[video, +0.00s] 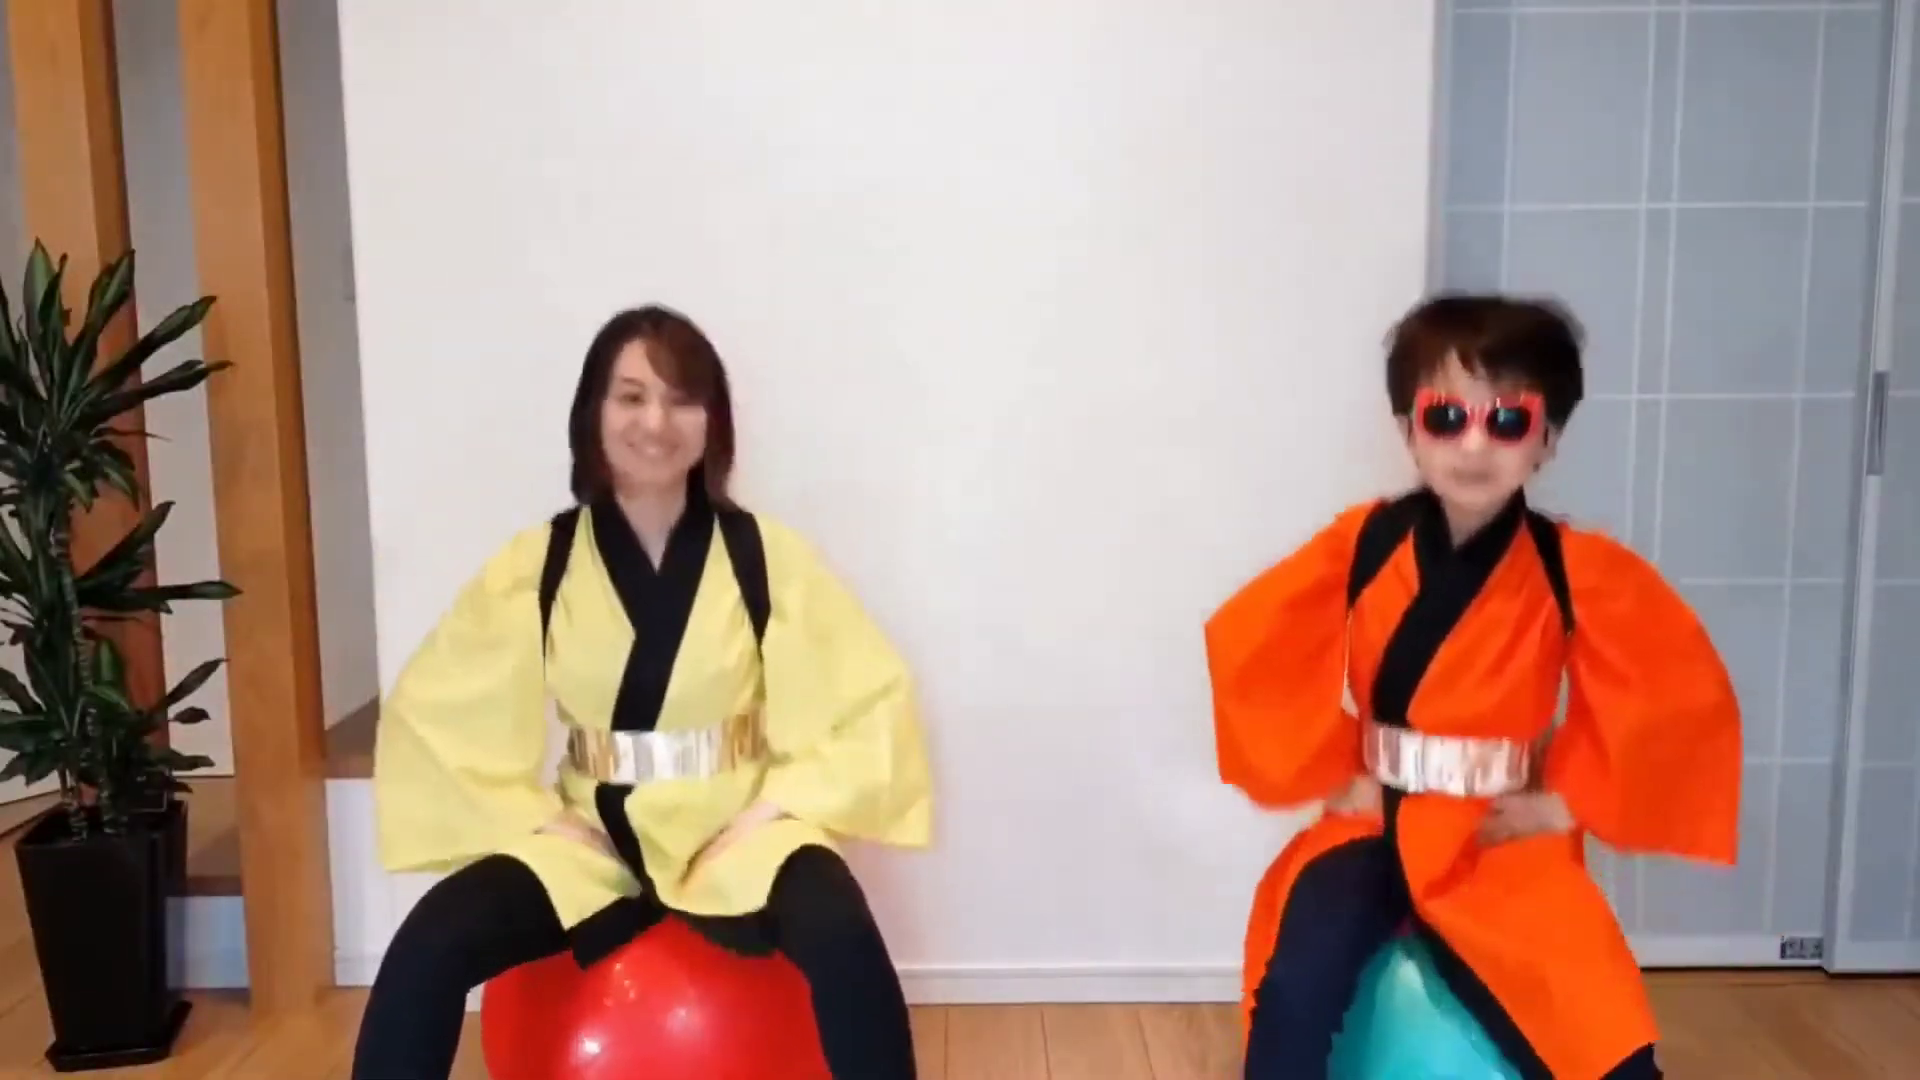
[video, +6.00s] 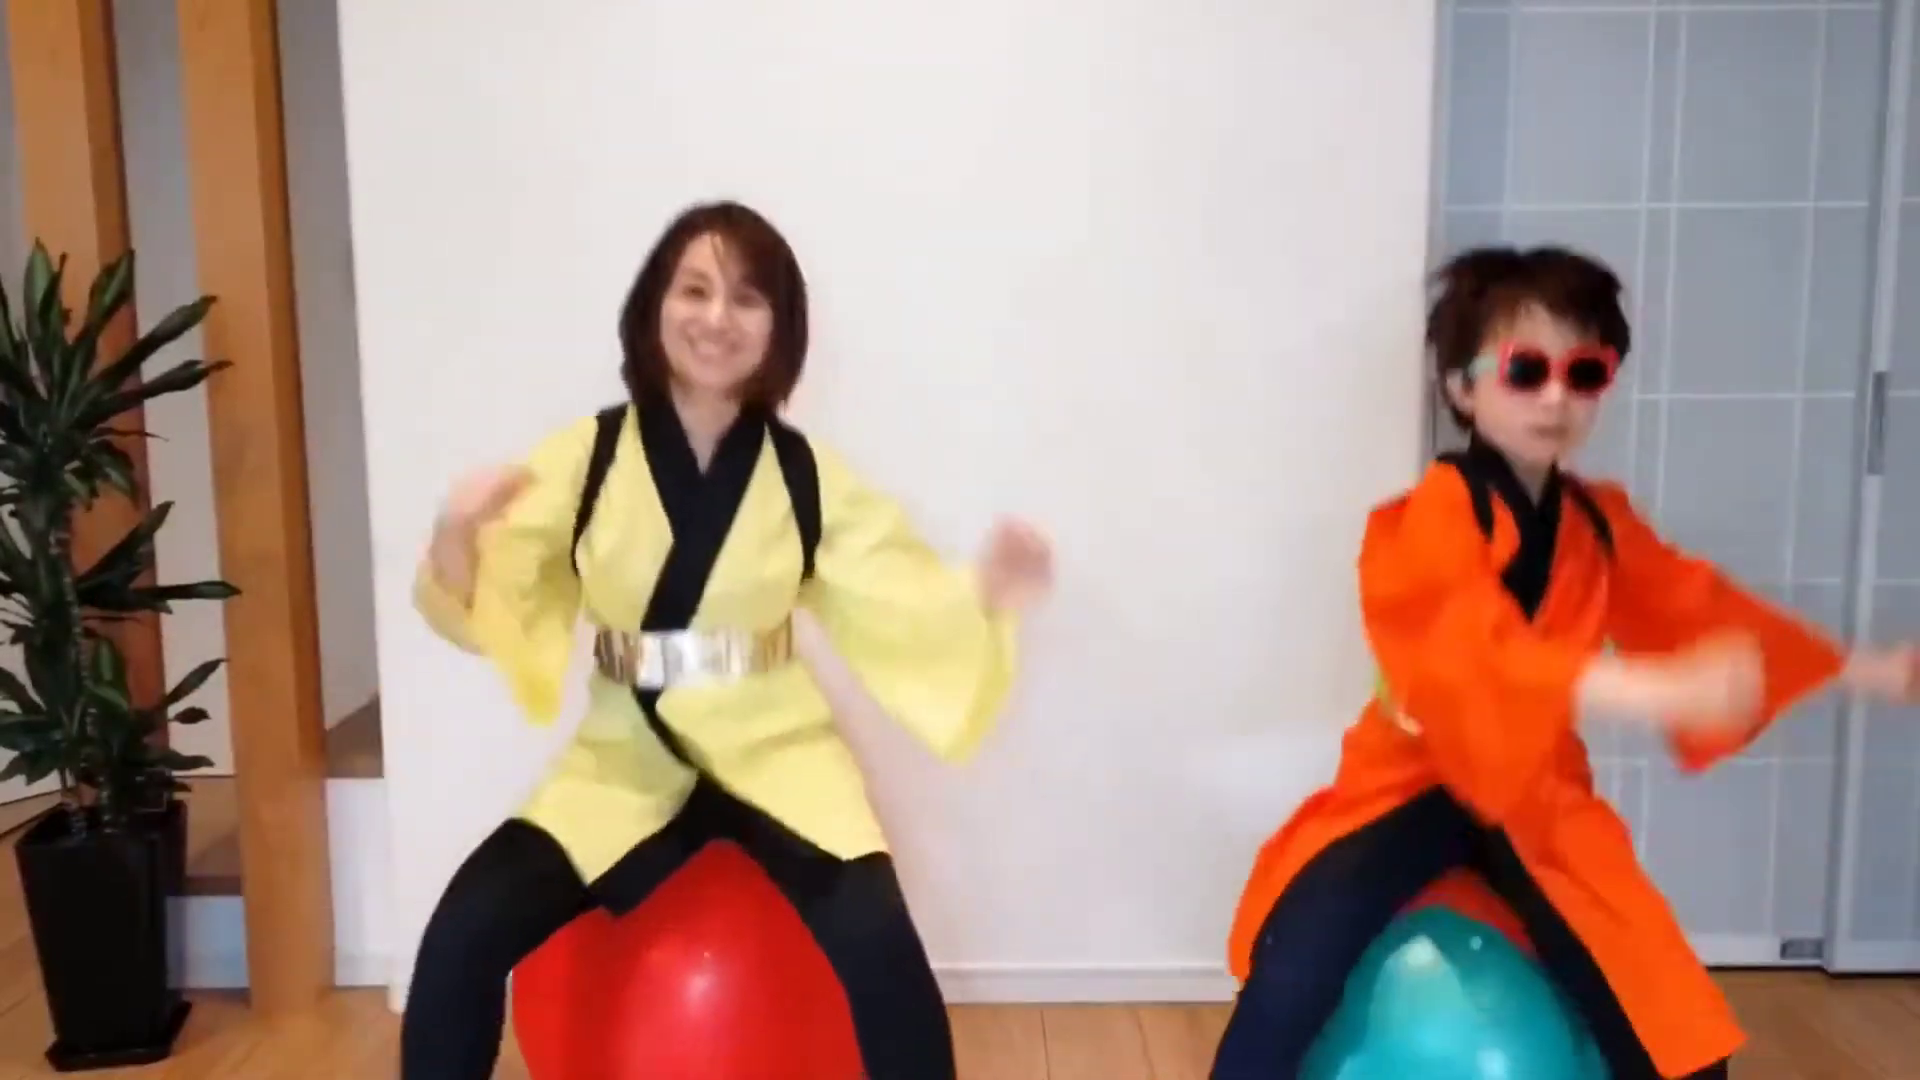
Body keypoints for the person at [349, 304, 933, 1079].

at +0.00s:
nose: (655, 421)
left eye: (680, 400)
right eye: (630, 398)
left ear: (711, 422)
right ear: (592, 415)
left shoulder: (764, 556)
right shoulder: (540, 561)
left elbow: (874, 707)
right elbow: (426, 706)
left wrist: (778, 806)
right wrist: (531, 811)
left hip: (736, 847)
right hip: (589, 851)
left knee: (831, 906)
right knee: (437, 933)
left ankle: (883, 1075)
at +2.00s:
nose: (646, 295)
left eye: (677, 275)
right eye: (621, 270)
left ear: (713, 301)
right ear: (580, 291)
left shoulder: (765, 429)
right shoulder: (529, 442)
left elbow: (892, 556)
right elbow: (429, 591)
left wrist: (809, 682)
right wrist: (534, 708)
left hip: (754, 732)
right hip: (590, 744)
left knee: (860, 925)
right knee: (443, 947)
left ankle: (890, 1076)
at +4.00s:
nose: (686, 300)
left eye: (713, 279)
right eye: (660, 276)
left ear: (747, 303)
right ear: (622, 298)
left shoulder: (785, 447)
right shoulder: (570, 437)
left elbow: (923, 597)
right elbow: (464, 571)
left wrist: (936, 481)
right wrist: (496, 431)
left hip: (766, 747)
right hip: (611, 752)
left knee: (882, 929)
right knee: (440, 924)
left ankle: (922, 1071)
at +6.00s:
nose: (715, 318)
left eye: (746, 298)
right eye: (693, 291)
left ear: (779, 326)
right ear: (653, 309)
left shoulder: (804, 474)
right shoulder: (588, 456)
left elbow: (907, 618)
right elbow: (483, 617)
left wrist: (988, 593)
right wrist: (456, 540)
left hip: (778, 755)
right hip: (629, 758)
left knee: (881, 946)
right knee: (463, 937)